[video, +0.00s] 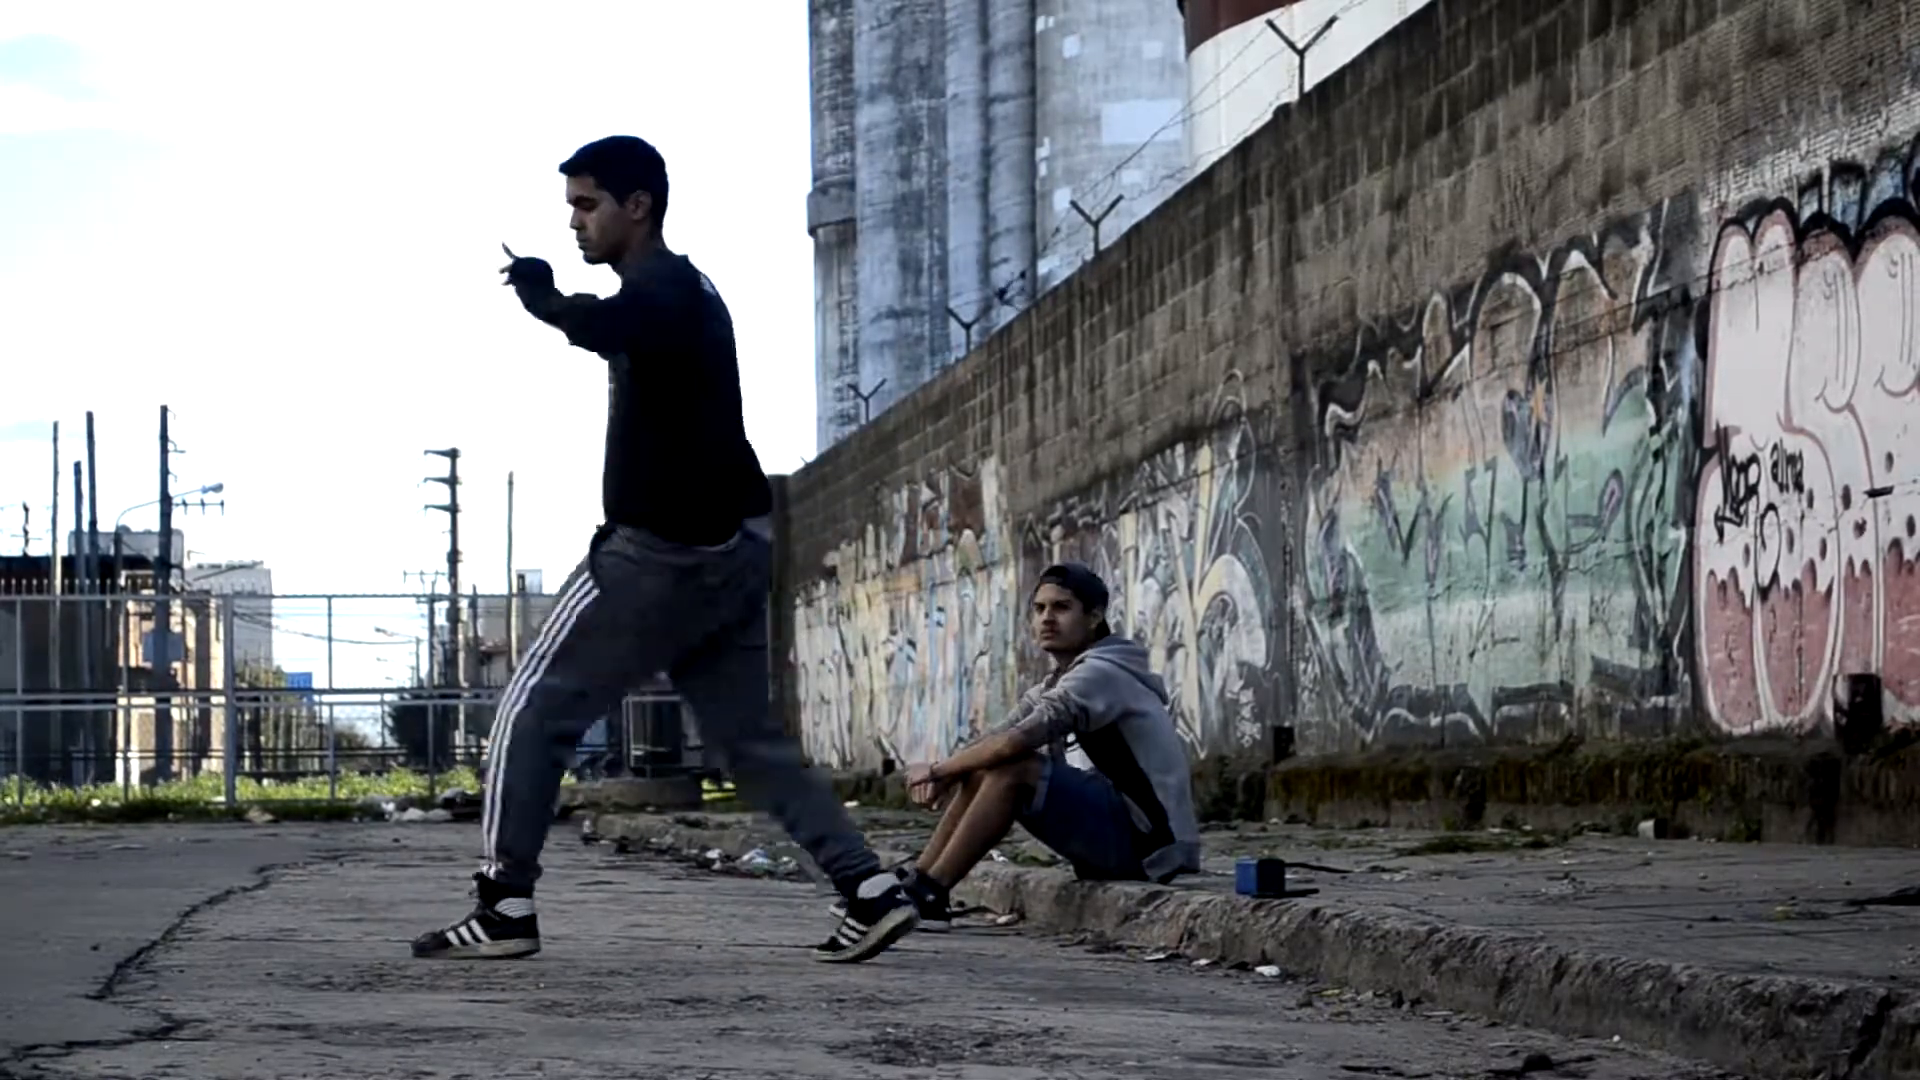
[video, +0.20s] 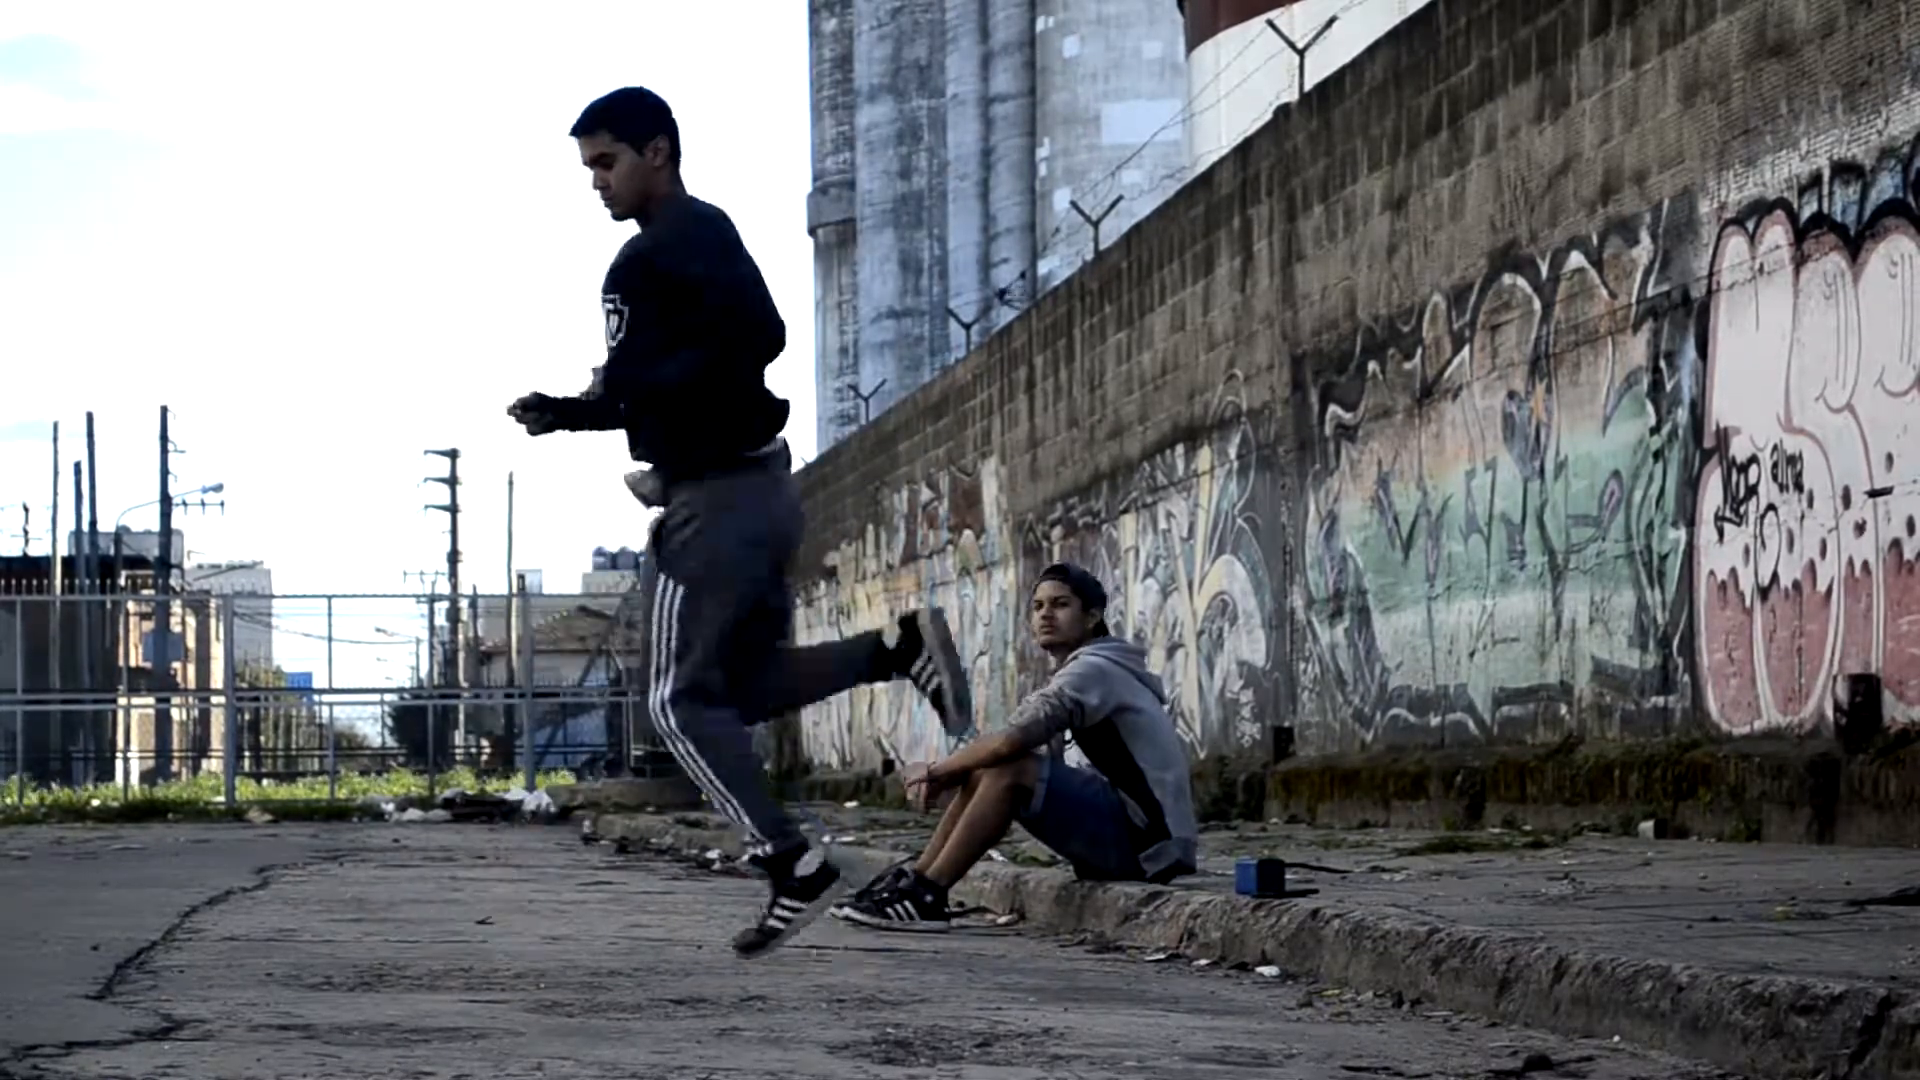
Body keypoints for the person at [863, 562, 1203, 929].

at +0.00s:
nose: (1046, 619)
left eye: (1061, 608)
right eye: (1040, 609)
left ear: (1093, 618)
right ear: (1032, 619)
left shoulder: (1102, 669)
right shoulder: (1066, 674)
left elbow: (1018, 742)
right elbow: (1006, 732)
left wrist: (940, 770)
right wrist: (949, 771)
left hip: (1149, 845)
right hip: (1120, 837)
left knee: (1014, 771)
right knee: (987, 764)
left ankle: (934, 893)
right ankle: (916, 882)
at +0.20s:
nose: (1045, 615)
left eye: (1060, 604)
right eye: (1038, 606)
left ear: (1091, 617)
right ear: (1032, 618)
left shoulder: (1094, 665)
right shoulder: (1078, 669)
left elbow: (1014, 742)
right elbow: (1019, 746)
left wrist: (937, 771)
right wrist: (944, 773)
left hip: (1148, 843)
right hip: (1123, 834)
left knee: (1011, 770)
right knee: (986, 765)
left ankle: (932, 894)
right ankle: (913, 883)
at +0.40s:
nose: (1040, 628)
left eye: (1052, 615)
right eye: (1030, 621)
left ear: (1085, 620)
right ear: (1026, 631)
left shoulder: (1099, 667)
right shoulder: (1077, 673)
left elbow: (1013, 740)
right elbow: (1023, 749)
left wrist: (939, 766)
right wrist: (947, 769)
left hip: (1150, 845)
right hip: (1124, 836)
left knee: (1009, 769)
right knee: (983, 769)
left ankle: (932, 893)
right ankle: (914, 881)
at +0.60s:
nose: (1050, 621)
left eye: (1063, 608)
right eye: (1041, 613)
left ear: (1095, 613)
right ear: (1036, 623)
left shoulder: (1102, 667)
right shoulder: (1084, 669)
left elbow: (1013, 742)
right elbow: (1017, 742)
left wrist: (945, 769)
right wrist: (950, 770)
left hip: (1150, 843)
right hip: (1125, 835)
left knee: (1010, 771)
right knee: (984, 765)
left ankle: (934, 893)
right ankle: (914, 884)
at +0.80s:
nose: (1063, 616)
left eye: (1078, 605)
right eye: (1055, 606)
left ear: (1107, 616)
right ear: (1045, 617)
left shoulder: (1107, 672)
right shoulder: (1071, 671)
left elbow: (1015, 747)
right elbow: (1003, 730)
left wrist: (939, 770)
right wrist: (943, 769)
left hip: (1149, 844)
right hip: (1118, 833)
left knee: (1011, 772)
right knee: (981, 764)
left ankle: (931, 895)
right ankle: (914, 884)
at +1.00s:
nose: (1060, 628)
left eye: (1074, 616)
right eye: (1051, 618)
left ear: (1102, 621)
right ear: (1042, 626)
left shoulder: (1111, 674)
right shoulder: (1072, 673)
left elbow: (1021, 746)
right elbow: (1002, 731)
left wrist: (937, 768)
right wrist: (941, 769)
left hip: (1152, 846)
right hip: (1122, 836)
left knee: (1014, 769)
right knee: (988, 761)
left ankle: (935, 895)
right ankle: (917, 881)